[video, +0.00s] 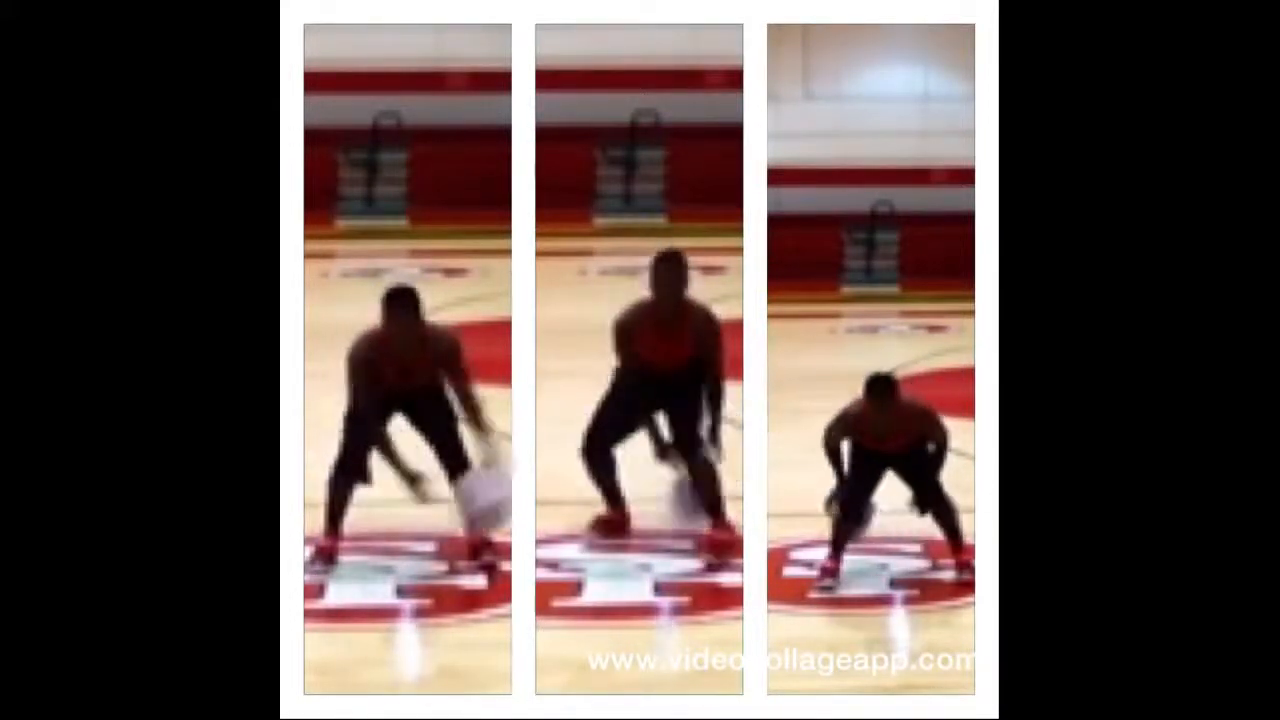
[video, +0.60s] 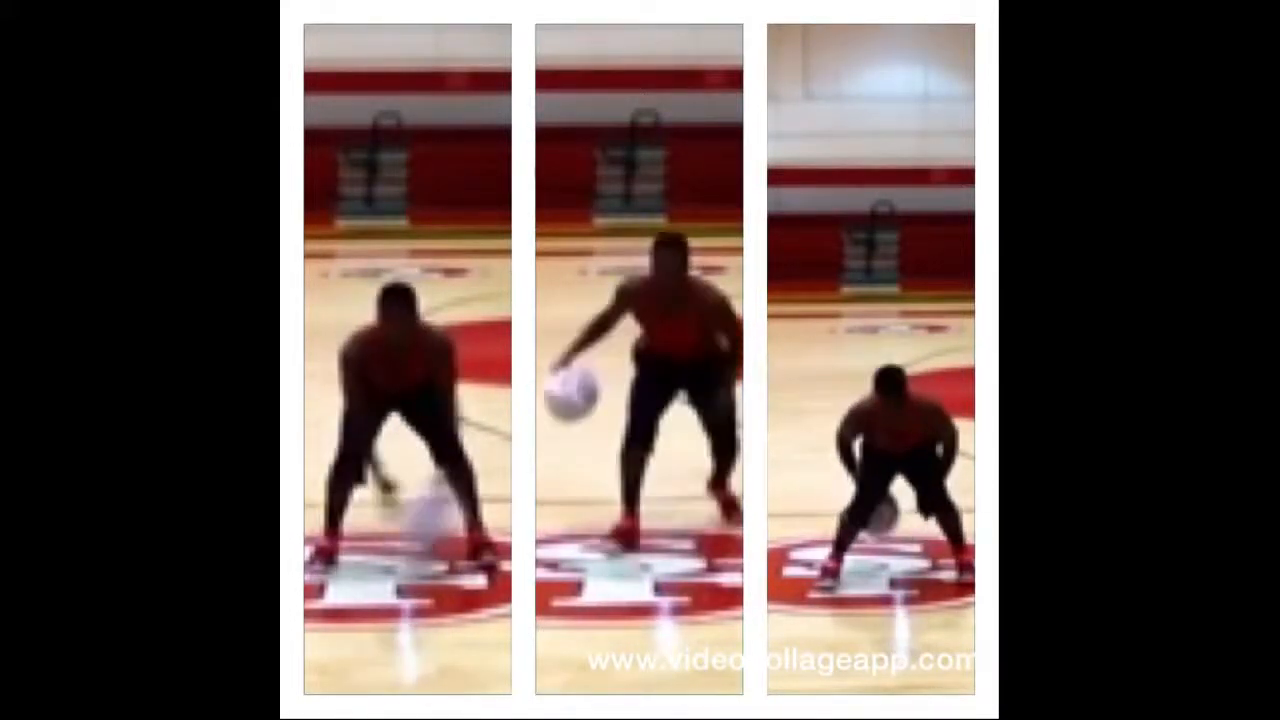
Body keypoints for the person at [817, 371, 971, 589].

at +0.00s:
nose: (881, 413)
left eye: (886, 406)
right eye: (875, 407)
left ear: (896, 399)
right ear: (867, 401)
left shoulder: (918, 414)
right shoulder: (856, 415)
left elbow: (941, 442)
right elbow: (831, 440)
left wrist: (926, 486)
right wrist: (841, 479)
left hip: (910, 453)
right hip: (868, 454)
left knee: (936, 500)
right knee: (850, 504)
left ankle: (960, 555)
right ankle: (833, 560)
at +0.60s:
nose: (890, 407)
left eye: (896, 400)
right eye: (885, 400)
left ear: (905, 393)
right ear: (877, 394)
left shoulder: (928, 411)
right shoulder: (864, 412)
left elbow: (950, 439)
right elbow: (843, 441)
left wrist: (937, 479)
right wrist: (858, 477)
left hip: (919, 454)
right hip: (878, 454)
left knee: (939, 502)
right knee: (862, 505)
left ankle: (961, 556)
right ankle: (835, 559)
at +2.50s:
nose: (906, 402)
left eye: (912, 395)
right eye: (901, 395)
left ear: (920, 390)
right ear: (891, 391)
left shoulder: (937, 408)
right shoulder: (876, 409)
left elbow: (946, 445)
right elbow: (846, 447)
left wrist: (935, 480)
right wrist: (860, 478)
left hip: (920, 453)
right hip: (881, 454)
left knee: (945, 503)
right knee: (864, 508)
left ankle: (962, 557)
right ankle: (835, 560)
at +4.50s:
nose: (897, 408)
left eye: (903, 401)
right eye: (892, 401)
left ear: (912, 395)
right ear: (883, 394)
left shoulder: (932, 413)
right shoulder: (868, 414)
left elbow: (945, 446)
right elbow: (844, 443)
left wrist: (929, 486)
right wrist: (853, 481)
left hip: (916, 456)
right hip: (875, 457)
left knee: (940, 506)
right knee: (858, 509)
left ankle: (962, 557)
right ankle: (834, 559)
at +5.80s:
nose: (895, 432)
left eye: (900, 428)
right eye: (891, 428)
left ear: (913, 417)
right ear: (882, 417)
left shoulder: (933, 417)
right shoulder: (870, 418)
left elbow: (948, 449)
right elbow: (841, 444)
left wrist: (931, 493)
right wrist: (851, 484)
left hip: (918, 456)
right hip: (877, 455)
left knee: (942, 506)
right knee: (857, 507)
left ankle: (962, 557)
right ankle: (834, 559)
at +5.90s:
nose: (907, 436)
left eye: (913, 432)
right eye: (904, 432)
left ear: (923, 421)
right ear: (892, 420)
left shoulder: (936, 420)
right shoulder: (874, 420)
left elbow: (947, 449)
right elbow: (847, 453)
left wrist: (935, 476)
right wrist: (866, 492)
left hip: (917, 456)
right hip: (878, 456)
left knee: (943, 508)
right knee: (860, 511)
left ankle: (962, 558)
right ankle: (833, 560)